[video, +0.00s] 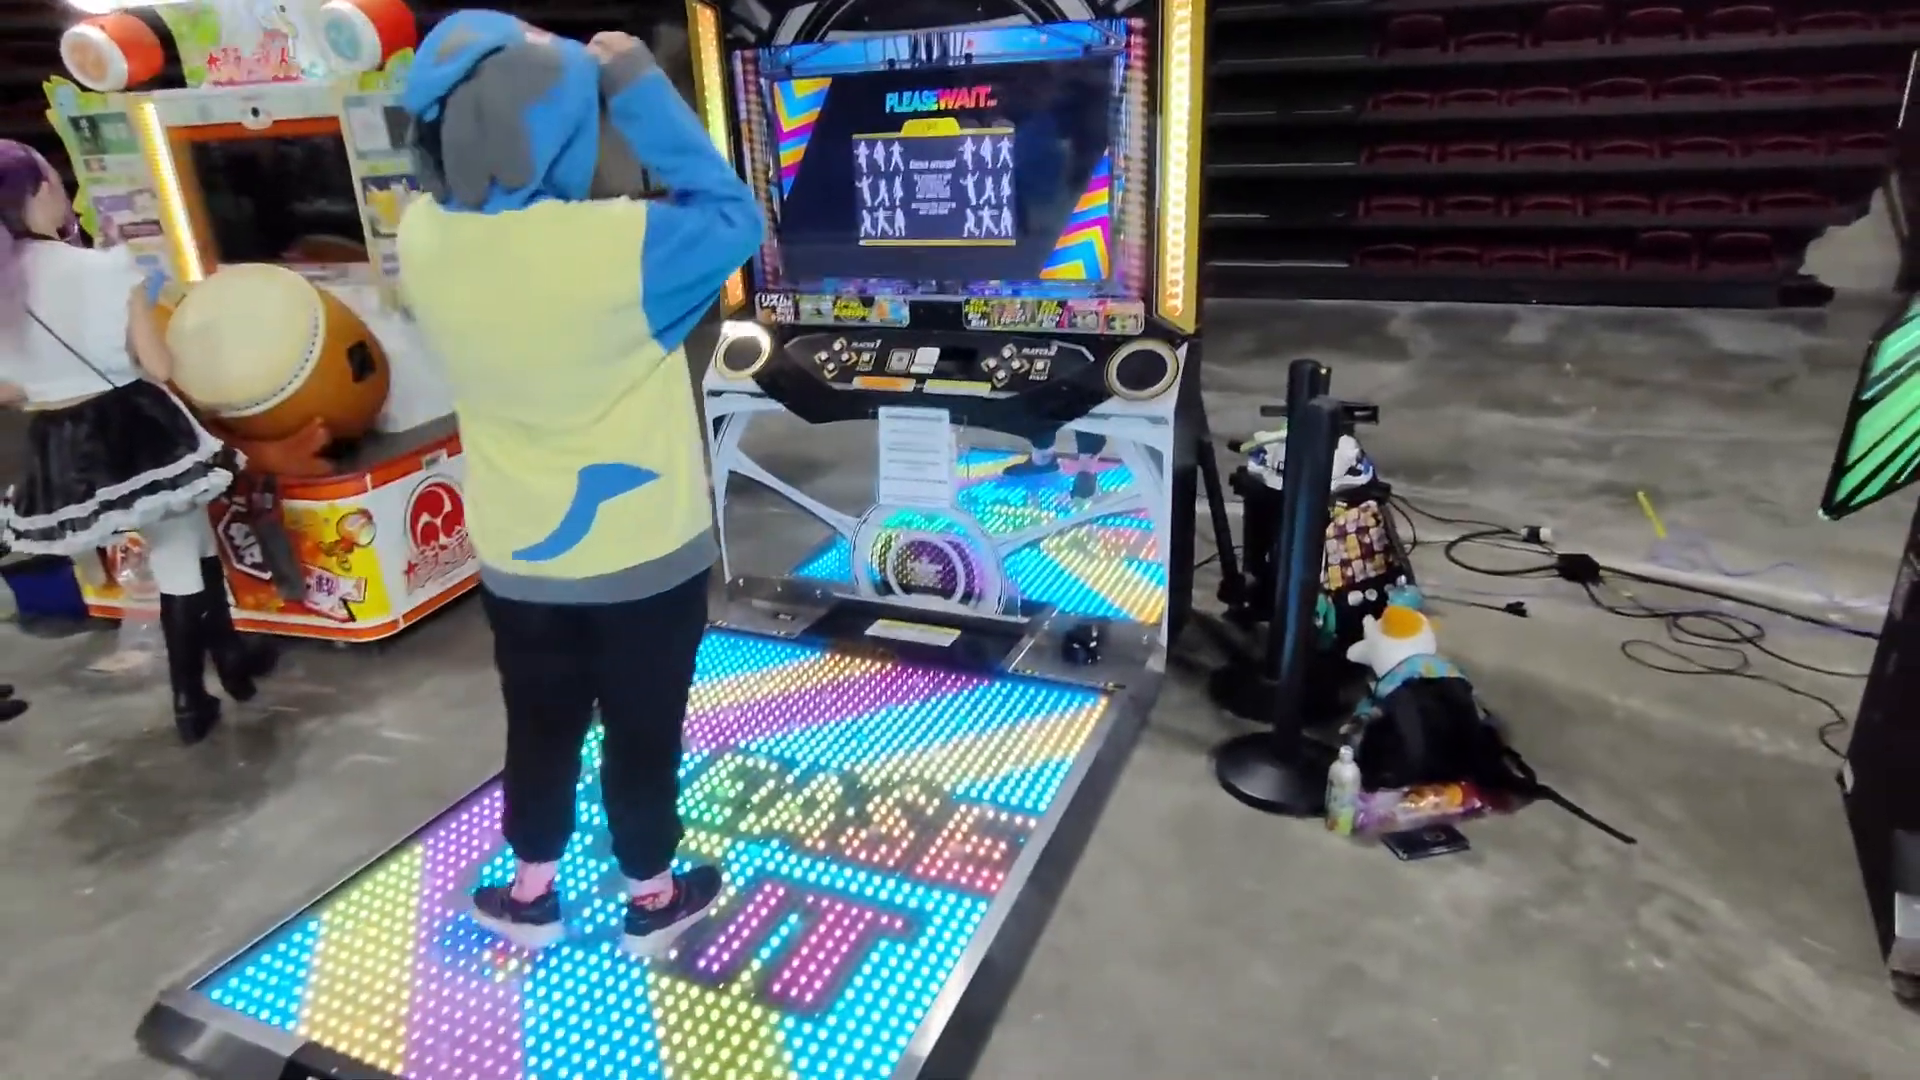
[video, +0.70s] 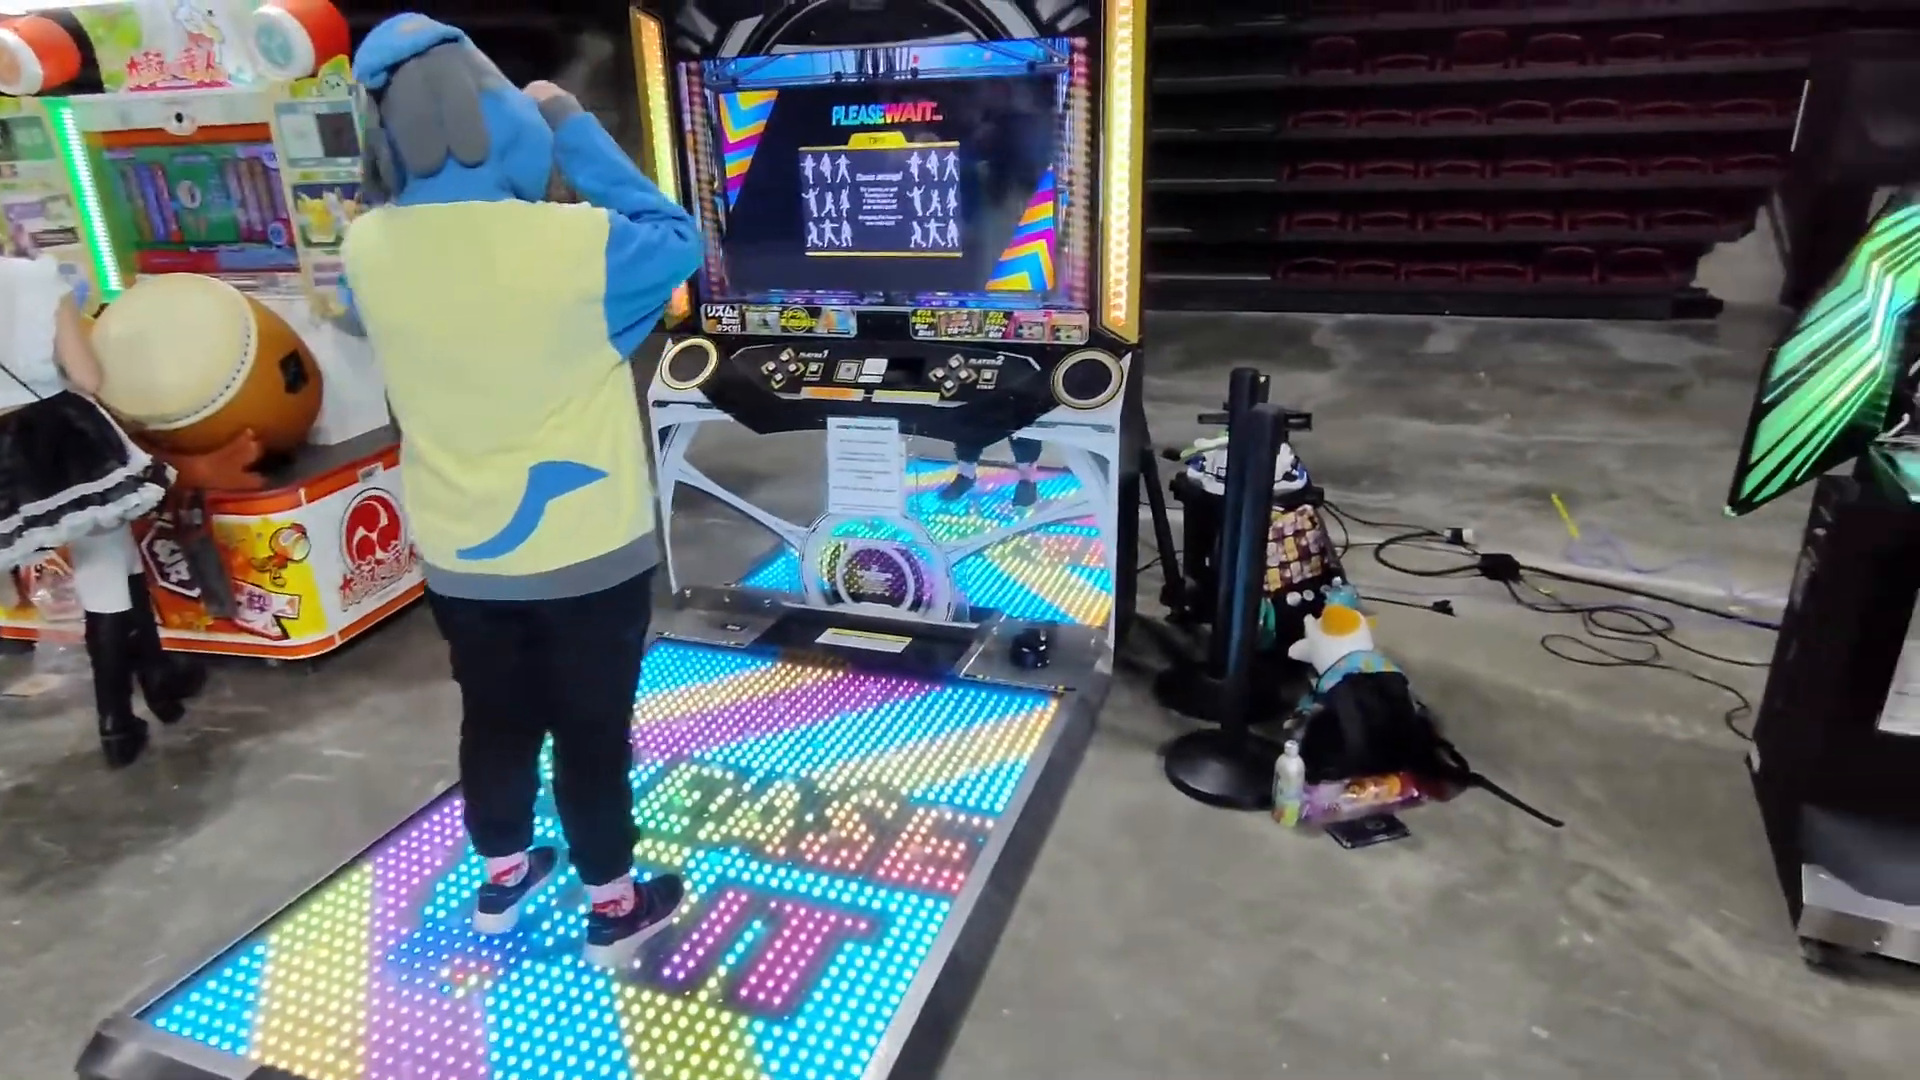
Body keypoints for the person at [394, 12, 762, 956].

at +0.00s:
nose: (600, 141)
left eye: (594, 123)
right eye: (588, 124)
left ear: (466, 147)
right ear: (561, 145)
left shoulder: (428, 248)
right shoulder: (624, 247)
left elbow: (449, 179)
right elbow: (733, 217)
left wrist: (475, 75)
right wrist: (644, 90)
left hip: (516, 557)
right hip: (646, 554)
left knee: (538, 724)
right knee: (643, 732)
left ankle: (531, 885)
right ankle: (650, 894)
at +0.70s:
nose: (511, 121)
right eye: (504, 111)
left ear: (401, 148)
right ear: (505, 131)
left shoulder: (370, 253)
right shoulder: (572, 248)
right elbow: (673, 237)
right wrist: (577, 132)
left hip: (459, 557)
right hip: (590, 553)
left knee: (493, 716)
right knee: (594, 732)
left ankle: (503, 866)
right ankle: (611, 897)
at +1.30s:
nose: (437, 141)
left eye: (430, 123)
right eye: (425, 124)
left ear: (305, 143)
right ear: (396, 136)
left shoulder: (264, 252)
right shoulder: (441, 258)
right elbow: (560, 310)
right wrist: (508, 180)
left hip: (352, 573)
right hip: (479, 566)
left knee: (408, 720)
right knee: (545, 727)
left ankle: (432, 882)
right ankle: (569, 911)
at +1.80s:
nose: (545, 137)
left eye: (538, 117)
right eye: (530, 118)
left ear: (422, 131)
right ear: (488, 129)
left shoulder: (385, 229)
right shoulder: (531, 274)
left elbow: (385, 367)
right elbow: (593, 460)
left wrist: (312, 445)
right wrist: (638, 591)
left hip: (425, 572)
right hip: (536, 577)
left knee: (455, 713)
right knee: (574, 736)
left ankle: (445, 876)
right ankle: (595, 909)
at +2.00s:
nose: (554, 132)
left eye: (548, 113)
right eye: (539, 114)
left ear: (442, 129)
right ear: (500, 123)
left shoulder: (398, 239)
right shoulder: (546, 243)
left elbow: (387, 399)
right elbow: (625, 401)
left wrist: (398, 526)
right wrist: (681, 536)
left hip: (455, 555)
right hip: (567, 557)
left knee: (497, 693)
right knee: (596, 727)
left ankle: (466, 856)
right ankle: (603, 904)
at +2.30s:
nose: (556, 133)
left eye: (551, 115)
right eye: (544, 115)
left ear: (433, 126)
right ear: (506, 118)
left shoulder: (369, 244)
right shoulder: (552, 237)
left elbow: (344, 401)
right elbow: (702, 340)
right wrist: (880, 396)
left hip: (413, 554)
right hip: (545, 553)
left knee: (472, 683)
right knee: (614, 693)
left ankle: (468, 847)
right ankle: (591, 880)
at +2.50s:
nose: (558, 140)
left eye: (545, 120)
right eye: (544, 121)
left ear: (429, 134)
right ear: (522, 130)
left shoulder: (348, 242)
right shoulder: (564, 261)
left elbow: (285, 363)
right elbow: (670, 391)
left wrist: (291, 435)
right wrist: (835, 445)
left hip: (398, 559)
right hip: (541, 561)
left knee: (445, 709)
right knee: (617, 687)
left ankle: (459, 864)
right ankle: (579, 870)